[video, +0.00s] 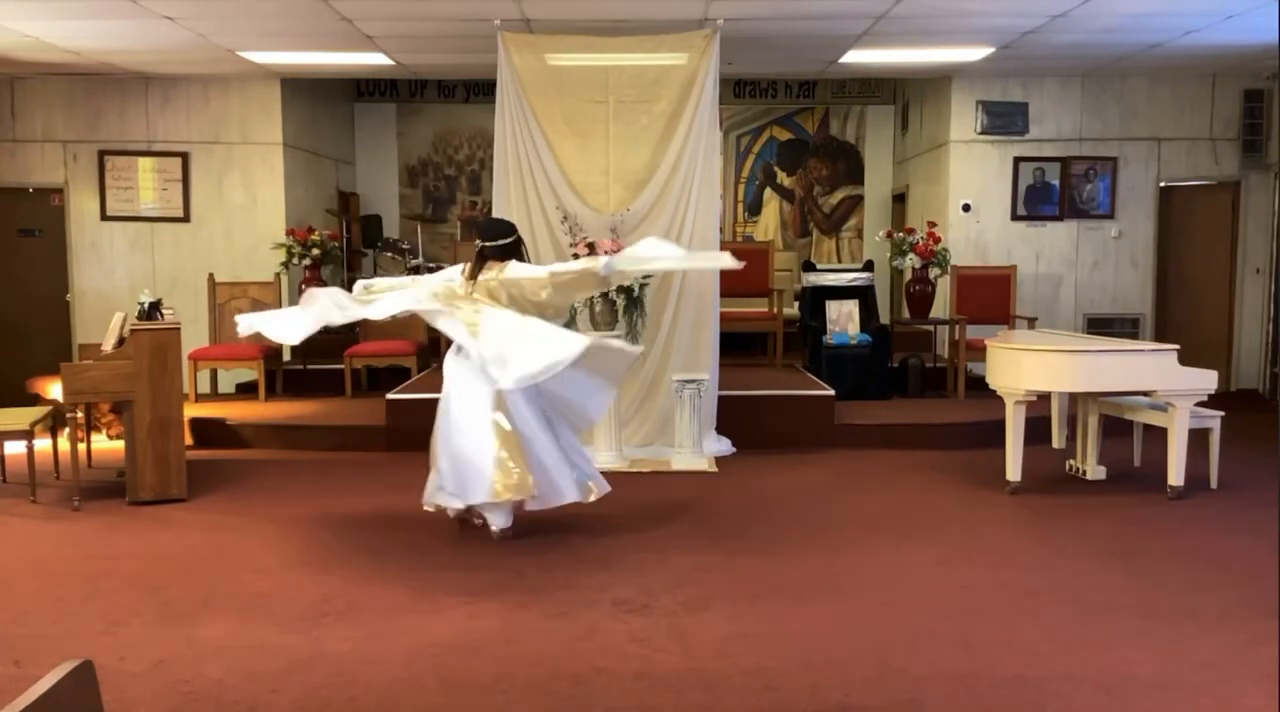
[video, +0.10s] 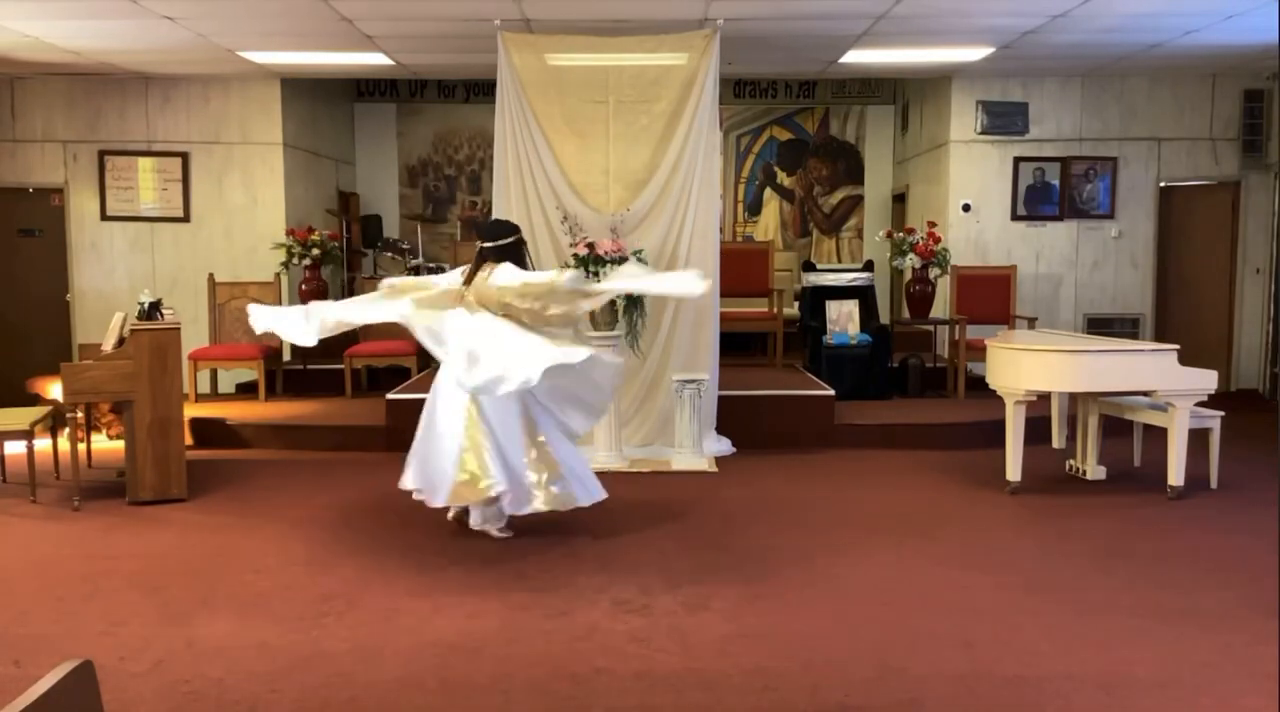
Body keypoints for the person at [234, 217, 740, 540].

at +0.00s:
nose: (509, 261)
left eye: (501, 255)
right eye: (510, 255)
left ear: (477, 253)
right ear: (509, 254)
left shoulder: (453, 285)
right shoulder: (518, 281)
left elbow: (403, 295)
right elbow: (566, 276)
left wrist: (354, 298)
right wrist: (609, 261)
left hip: (465, 372)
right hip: (507, 372)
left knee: (462, 432)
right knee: (504, 434)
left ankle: (464, 501)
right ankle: (499, 512)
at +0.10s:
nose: (518, 262)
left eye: (511, 254)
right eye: (516, 255)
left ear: (481, 249)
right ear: (508, 252)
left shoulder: (462, 281)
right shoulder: (504, 280)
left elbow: (413, 289)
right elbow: (550, 291)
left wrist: (384, 289)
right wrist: (598, 288)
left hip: (465, 375)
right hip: (493, 377)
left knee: (471, 438)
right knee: (493, 439)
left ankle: (472, 506)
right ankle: (487, 511)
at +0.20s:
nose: (527, 258)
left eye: (518, 252)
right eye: (524, 252)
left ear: (489, 250)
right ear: (515, 251)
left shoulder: (474, 281)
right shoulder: (505, 283)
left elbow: (429, 296)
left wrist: (382, 305)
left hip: (461, 377)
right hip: (484, 380)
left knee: (468, 438)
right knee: (490, 442)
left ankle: (464, 500)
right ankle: (484, 512)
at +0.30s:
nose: (531, 255)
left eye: (527, 248)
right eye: (526, 249)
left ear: (496, 250)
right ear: (516, 252)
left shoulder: (504, 283)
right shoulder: (493, 285)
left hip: (498, 381)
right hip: (481, 384)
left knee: (499, 446)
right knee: (485, 448)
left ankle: (487, 511)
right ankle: (477, 516)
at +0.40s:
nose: (534, 257)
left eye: (532, 250)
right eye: (529, 251)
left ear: (503, 254)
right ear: (516, 255)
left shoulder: (529, 295)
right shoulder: (486, 284)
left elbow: (542, 341)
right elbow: (450, 306)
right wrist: (421, 315)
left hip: (511, 386)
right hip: (478, 387)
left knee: (514, 449)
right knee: (486, 450)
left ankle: (510, 515)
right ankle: (481, 518)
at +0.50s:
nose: (536, 256)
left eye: (535, 250)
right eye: (530, 251)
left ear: (521, 255)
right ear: (513, 256)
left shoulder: (534, 286)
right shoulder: (485, 284)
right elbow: (443, 305)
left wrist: (586, 275)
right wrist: (402, 316)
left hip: (527, 383)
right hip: (488, 384)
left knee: (534, 446)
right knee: (485, 447)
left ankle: (537, 515)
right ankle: (484, 517)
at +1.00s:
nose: (500, 259)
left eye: (508, 252)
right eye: (494, 252)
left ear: (520, 256)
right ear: (487, 258)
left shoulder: (530, 286)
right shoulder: (482, 300)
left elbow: (557, 324)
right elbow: (468, 350)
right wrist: (423, 375)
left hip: (535, 376)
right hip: (496, 380)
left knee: (538, 443)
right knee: (493, 443)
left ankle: (550, 515)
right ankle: (498, 513)